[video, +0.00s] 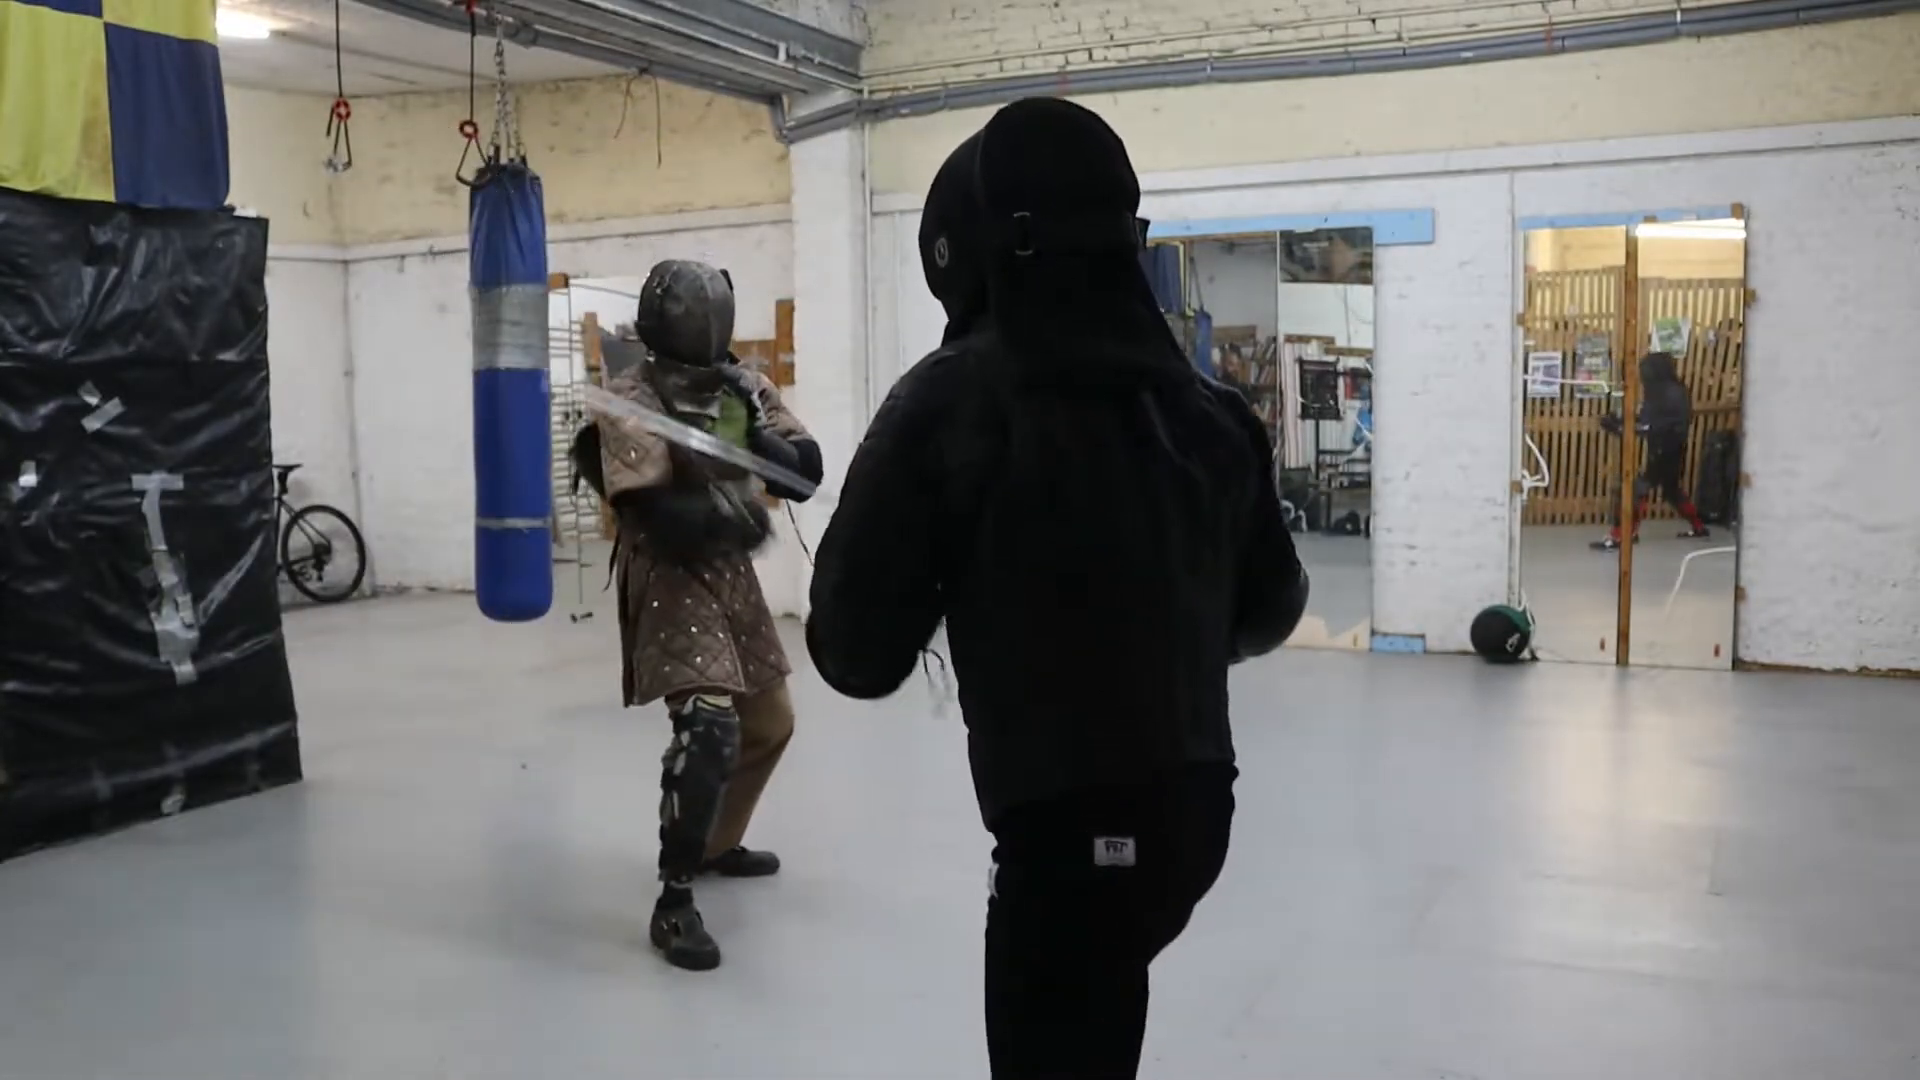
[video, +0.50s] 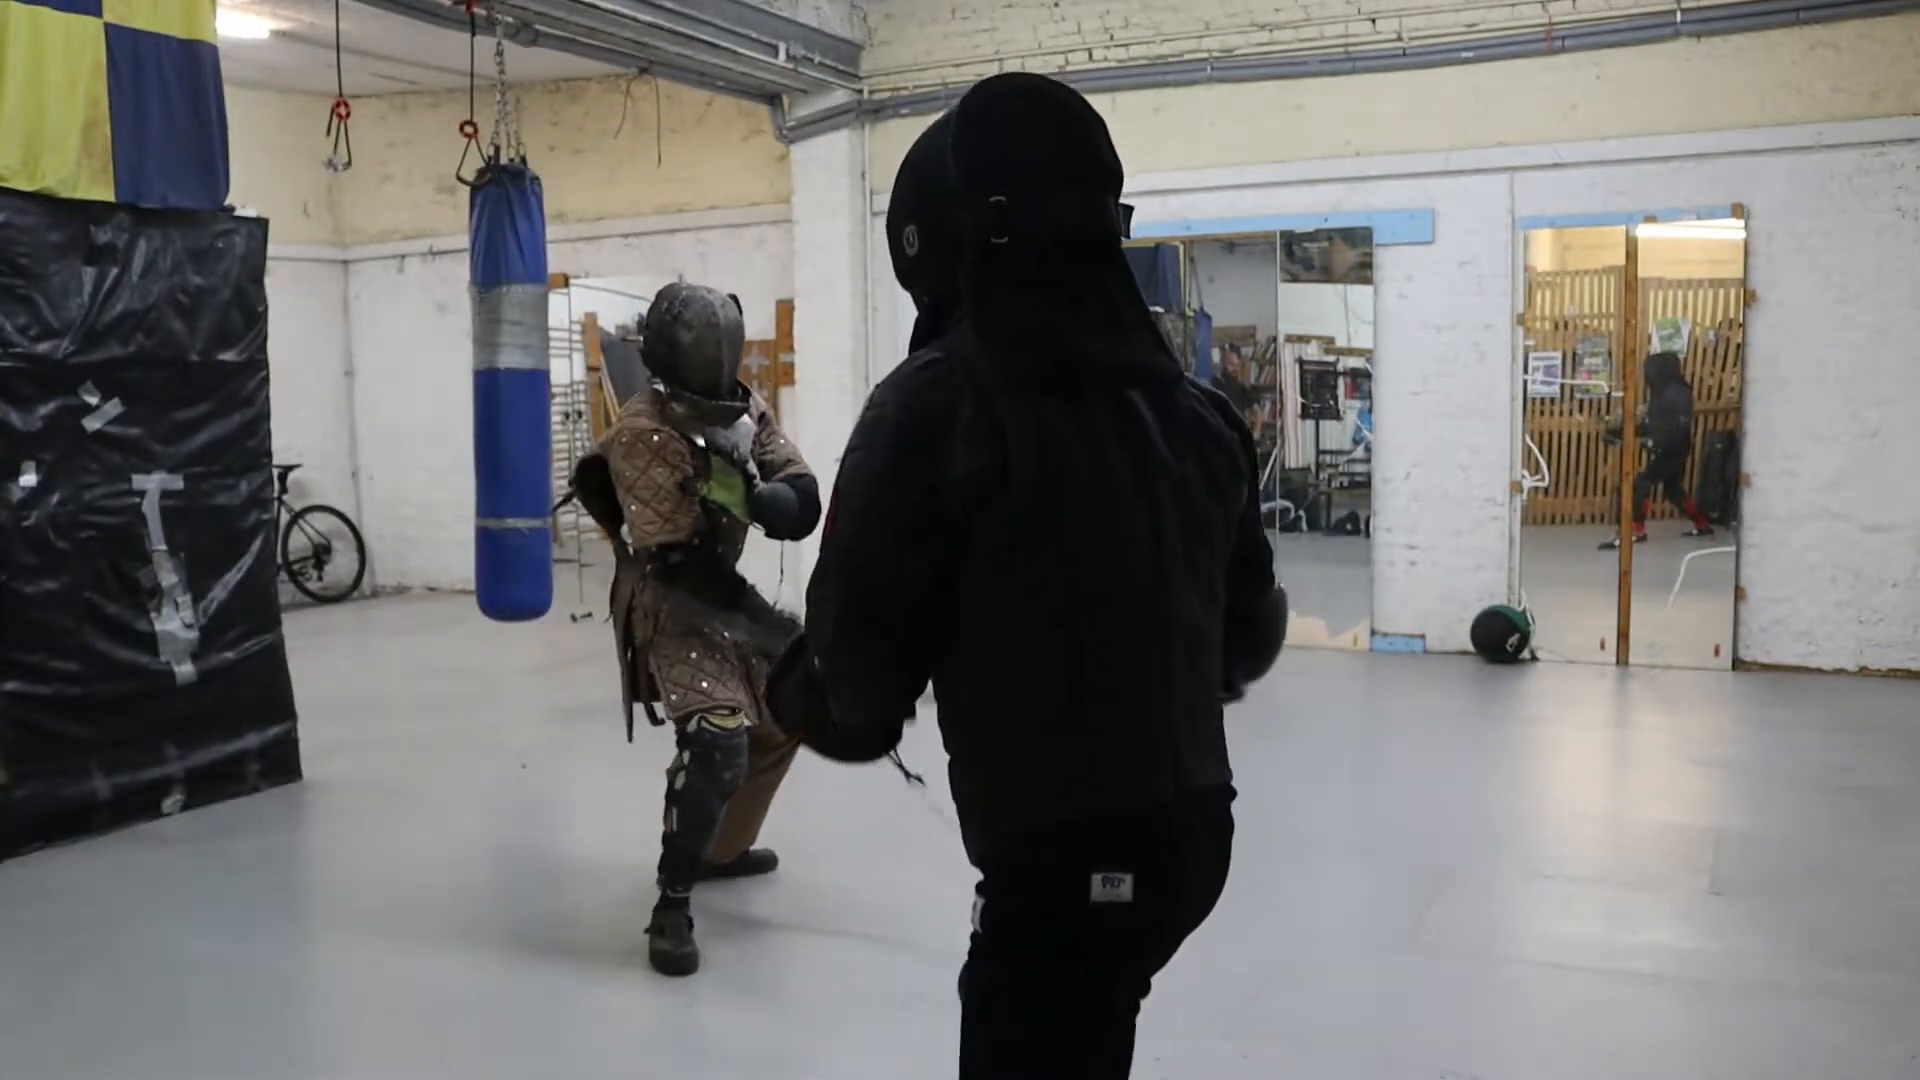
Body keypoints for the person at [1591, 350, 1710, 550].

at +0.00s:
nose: (1643, 377)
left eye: (1646, 372)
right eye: (1643, 372)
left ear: (1655, 372)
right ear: (1666, 370)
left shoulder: (1667, 393)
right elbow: (1648, 420)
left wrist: (1621, 427)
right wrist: (1620, 423)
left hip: (1666, 449)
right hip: (1667, 447)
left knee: (1638, 489)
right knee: (1671, 490)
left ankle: (1622, 535)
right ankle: (1698, 527)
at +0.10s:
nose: (1645, 376)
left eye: (1648, 371)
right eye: (1645, 371)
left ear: (1657, 372)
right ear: (1672, 369)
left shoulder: (1660, 395)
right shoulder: (1682, 389)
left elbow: (1643, 422)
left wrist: (1614, 419)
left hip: (1664, 449)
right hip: (1677, 446)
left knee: (1642, 489)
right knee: (1672, 488)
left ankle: (1625, 534)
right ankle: (1698, 527)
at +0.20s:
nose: (1646, 375)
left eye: (1649, 370)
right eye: (1646, 370)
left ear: (1658, 370)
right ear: (1672, 368)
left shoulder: (1663, 392)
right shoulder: (1680, 387)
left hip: (1665, 447)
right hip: (1677, 444)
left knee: (1642, 486)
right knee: (1673, 488)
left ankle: (1635, 529)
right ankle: (1698, 527)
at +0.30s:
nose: (1646, 376)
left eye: (1648, 371)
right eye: (1646, 371)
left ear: (1659, 371)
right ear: (1670, 369)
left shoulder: (1667, 391)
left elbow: (1661, 419)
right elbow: (1651, 416)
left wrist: (1640, 424)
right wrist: (1635, 420)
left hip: (1666, 448)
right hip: (1673, 445)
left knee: (1640, 484)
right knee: (1668, 488)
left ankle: (1635, 529)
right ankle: (1699, 523)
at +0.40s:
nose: (1647, 377)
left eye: (1649, 372)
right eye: (1647, 372)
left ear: (1659, 372)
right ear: (1672, 369)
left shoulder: (1665, 393)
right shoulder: (1680, 388)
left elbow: (1661, 427)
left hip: (1666, 448)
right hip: (1676, 446)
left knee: (1640, 483)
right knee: (1669, 488)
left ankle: (1635, 529)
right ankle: (1700, 522)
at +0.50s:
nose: (1647, 377)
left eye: (1650, 372)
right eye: (1647, 372)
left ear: (1660, 373)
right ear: (1671, 371)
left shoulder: (1669, 393)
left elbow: (1664, 427)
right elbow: (1657, 423)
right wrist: (1632, 429)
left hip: (1669, 449)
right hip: (1676, 447)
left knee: (1641, 484)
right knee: (1672, 489)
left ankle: (1635, 529)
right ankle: (1702, 525)